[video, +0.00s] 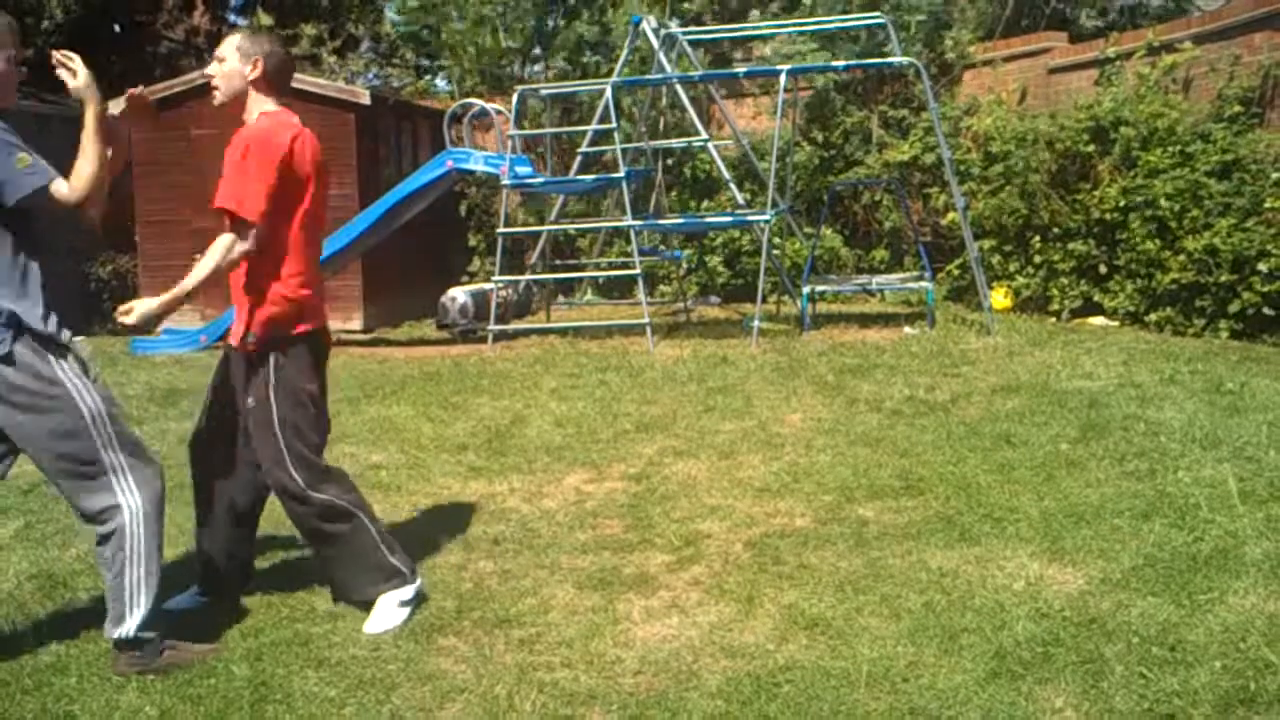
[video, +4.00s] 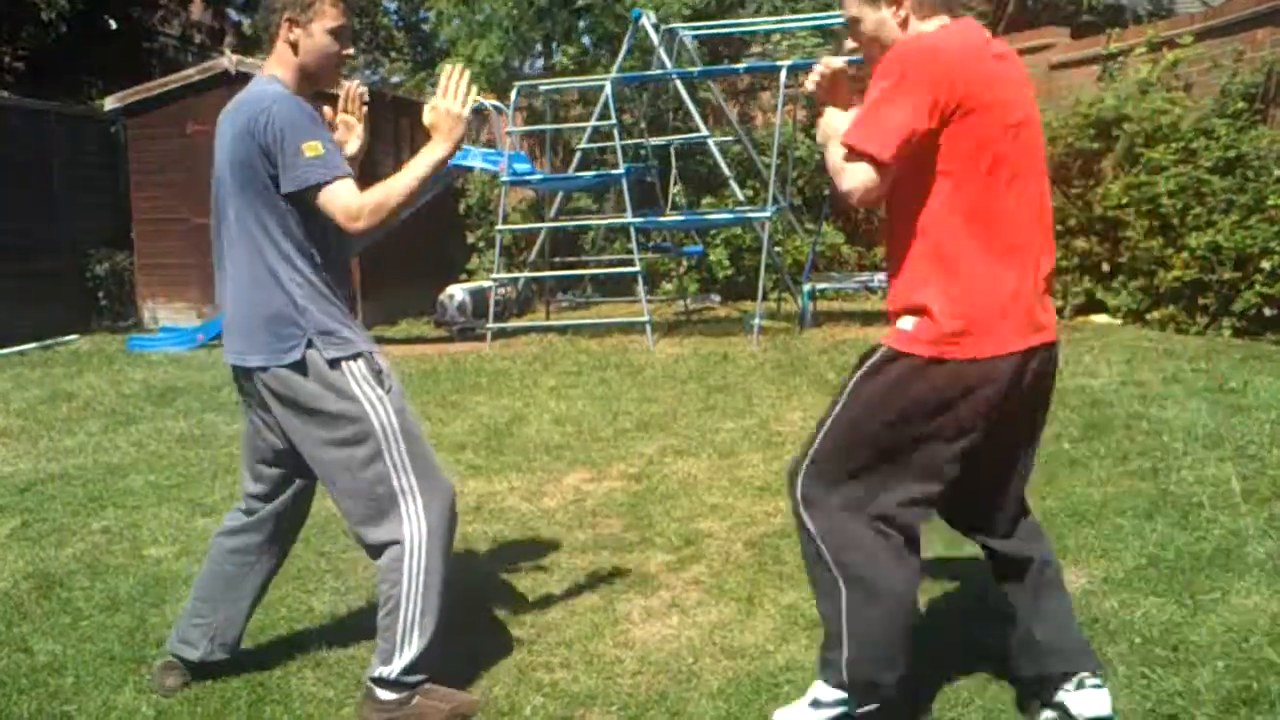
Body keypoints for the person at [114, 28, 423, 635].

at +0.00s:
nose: (210, 73)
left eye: (220, 62)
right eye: (214, 61)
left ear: (252, 70)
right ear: (259, 73)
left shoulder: (264, 132)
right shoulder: (294, 133)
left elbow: (239, 239)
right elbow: (295, 239)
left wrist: (162, 301)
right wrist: (249, 316)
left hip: (280, 331)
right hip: (262, 330)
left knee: (295, 470)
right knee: (218, 452)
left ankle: (394, 581)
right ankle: (219, 585)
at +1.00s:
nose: (107, 99)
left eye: (119, 90)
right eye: (108, 89)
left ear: (160, 100)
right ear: (153, 102)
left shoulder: (170, 157)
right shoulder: (189, 153)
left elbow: (114, 245)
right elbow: (247, 218)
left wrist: (34, 277)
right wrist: (254, 262)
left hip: (198, 363)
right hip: (146, 358)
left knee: (242, 488)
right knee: (89, 484)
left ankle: (333, 591)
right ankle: (101, 602)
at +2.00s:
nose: (334, 83)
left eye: (347, 69)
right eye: (330, 73)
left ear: (393, 74)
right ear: (351, 83)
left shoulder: (423, 124)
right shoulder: (371, 147)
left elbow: (355, 117)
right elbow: (360, 252)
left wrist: (260, 25)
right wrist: (283, 289)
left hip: (427, 367)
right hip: (366, 372)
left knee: (438, 523)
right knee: (319, 526)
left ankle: (543, 672)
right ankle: (312, 652)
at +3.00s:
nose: (771, 83)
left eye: (776, 65)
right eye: (769, 67)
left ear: (824, 55)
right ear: (837, 55)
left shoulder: (843, 115)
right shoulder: (916, 111)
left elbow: (823, 243)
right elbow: (876, 218)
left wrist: (767, 207)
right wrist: (797, 155)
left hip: (879, 396)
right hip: (966, 388)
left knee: (758, 564)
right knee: (1056, 543)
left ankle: (731, 705)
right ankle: (1237, 679)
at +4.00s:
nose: (851, 34)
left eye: (852, 15)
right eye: (848, 19)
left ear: (897, 4)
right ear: (924, 7)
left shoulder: (921, 55)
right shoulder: (998, 55)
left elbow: (856, 183)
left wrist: (829, 112)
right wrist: (853, 103)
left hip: (946, 341)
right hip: (1027, 338)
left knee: (835, 492)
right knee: (994, 507)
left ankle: (862, 687)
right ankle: (1068, 681)